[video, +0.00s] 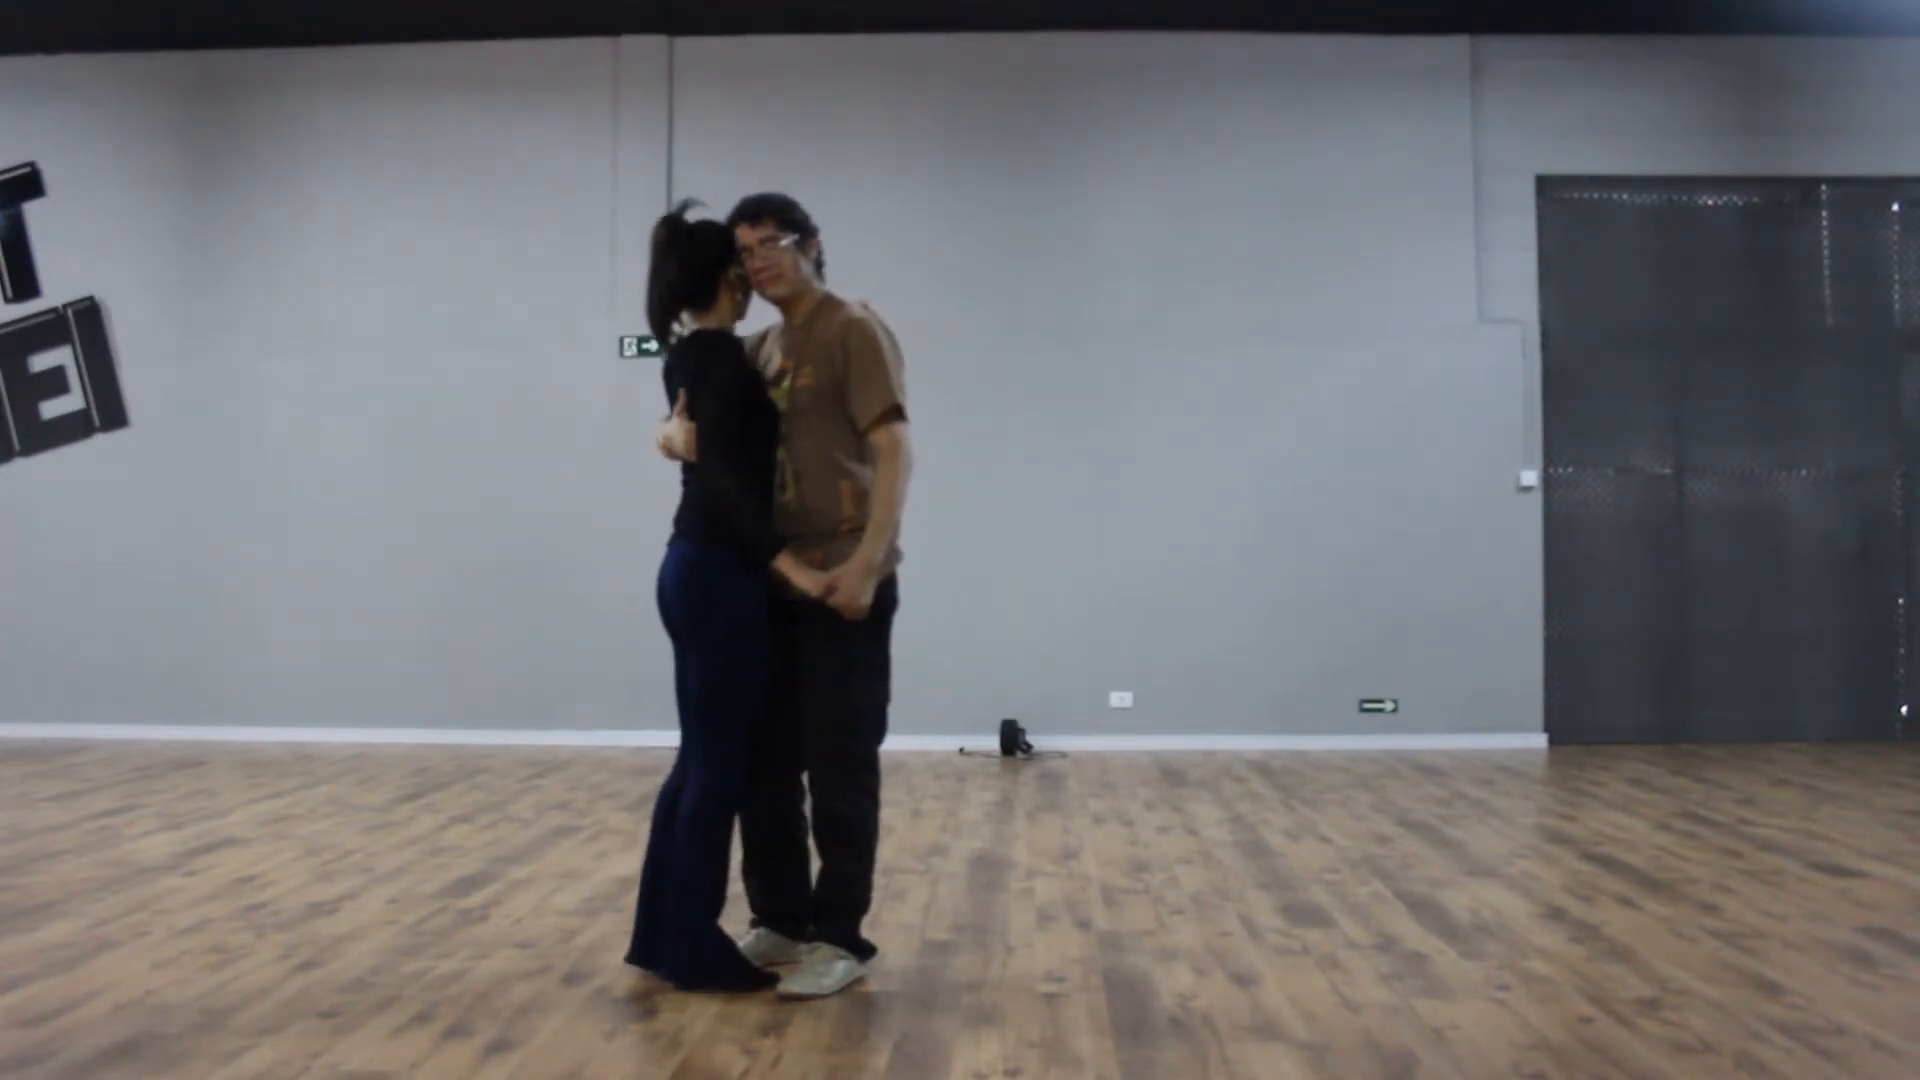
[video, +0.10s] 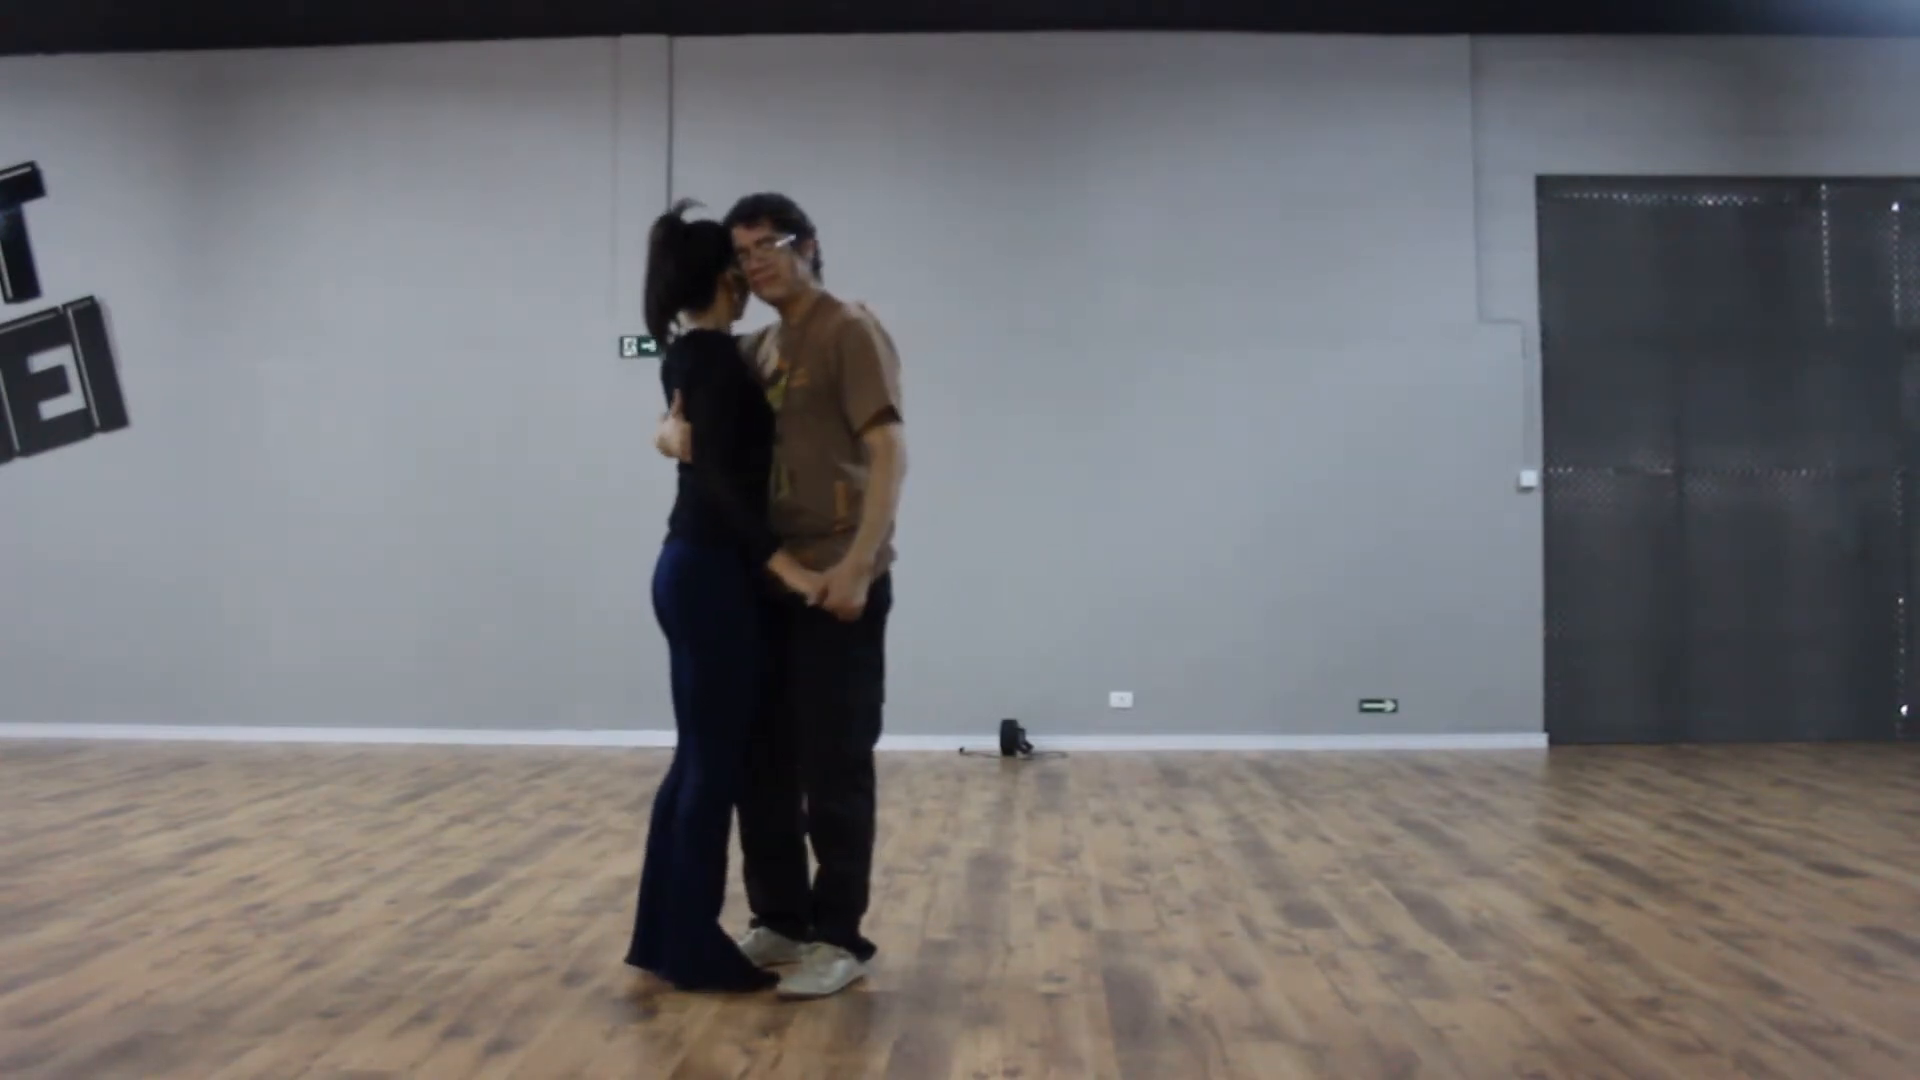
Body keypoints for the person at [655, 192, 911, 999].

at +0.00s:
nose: (759, 263)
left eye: (770, 246)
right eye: (746, 255)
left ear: (808, 247)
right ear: (740, 271)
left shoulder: (854, 329)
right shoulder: (756, 347)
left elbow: (894, 450)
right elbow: (695, 423)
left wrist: (867, 564)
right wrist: (670, 434)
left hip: (849, 573)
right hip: (773, 569)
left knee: (842, 762)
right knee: (766, 753)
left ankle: (840, 939)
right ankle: (780, 922)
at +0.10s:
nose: (757, 265)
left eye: (767, 248)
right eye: (743, 256)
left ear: (806, 248)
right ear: (737, 271)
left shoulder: (849, 328)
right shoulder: (753, 347)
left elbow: (888, 451)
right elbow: (699, 419)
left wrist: (858, 564)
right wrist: (668, 433)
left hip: (843, 573)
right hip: (768, 568)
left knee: (836, 760)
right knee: (763, 753)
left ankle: (840, 939)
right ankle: (780, 922)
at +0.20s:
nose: (749, 266)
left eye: (760, 249)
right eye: (737, 257)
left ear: (799, 249)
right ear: (732, 271)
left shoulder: (842, 328)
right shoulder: (749, 347)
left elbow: (881, 452)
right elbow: (697, 421)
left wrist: (847, 567)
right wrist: (666, 431)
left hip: (832, 573)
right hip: (763, 567)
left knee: (828, 758)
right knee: (760, 754)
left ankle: (838, 939)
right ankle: (779, 923)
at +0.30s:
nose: (745, 267)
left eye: (756, 250)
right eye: (734, 258)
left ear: (795, 250)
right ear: (729, 271)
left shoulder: (837, 328)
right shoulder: (747, 346)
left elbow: (877, 454)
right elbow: (699, 422)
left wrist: (842, 568)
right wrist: (663, 432)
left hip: (826, 574)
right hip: (761, 567)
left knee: (821, 756)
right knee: (760, 753)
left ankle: (835, 940)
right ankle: (779, 924)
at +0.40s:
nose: (740, 269)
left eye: (751, 253)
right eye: (729, 260)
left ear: (791, 252)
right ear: (725, 273)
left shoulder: (833, 330)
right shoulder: (744, 347)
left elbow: (873, 454)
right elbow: (696, 422)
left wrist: (839, 567)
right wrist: (658, 433)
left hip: (819, 573)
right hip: (756, 566)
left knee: (810, 753)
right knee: (755, 752)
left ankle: (834, 939)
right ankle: (779, 924)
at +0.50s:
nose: (738, 271)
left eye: (749, 254)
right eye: (727, 262)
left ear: (788, 254)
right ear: (722, 274)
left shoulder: (830, 332)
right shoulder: (739, 349)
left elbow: (871, 456)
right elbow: (691, 423)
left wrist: (837, 568)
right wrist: (656, 435)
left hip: (816, 573)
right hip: (752, 567)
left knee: (805, 754)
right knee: (754, 754)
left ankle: (834, 939)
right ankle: (779, 923)